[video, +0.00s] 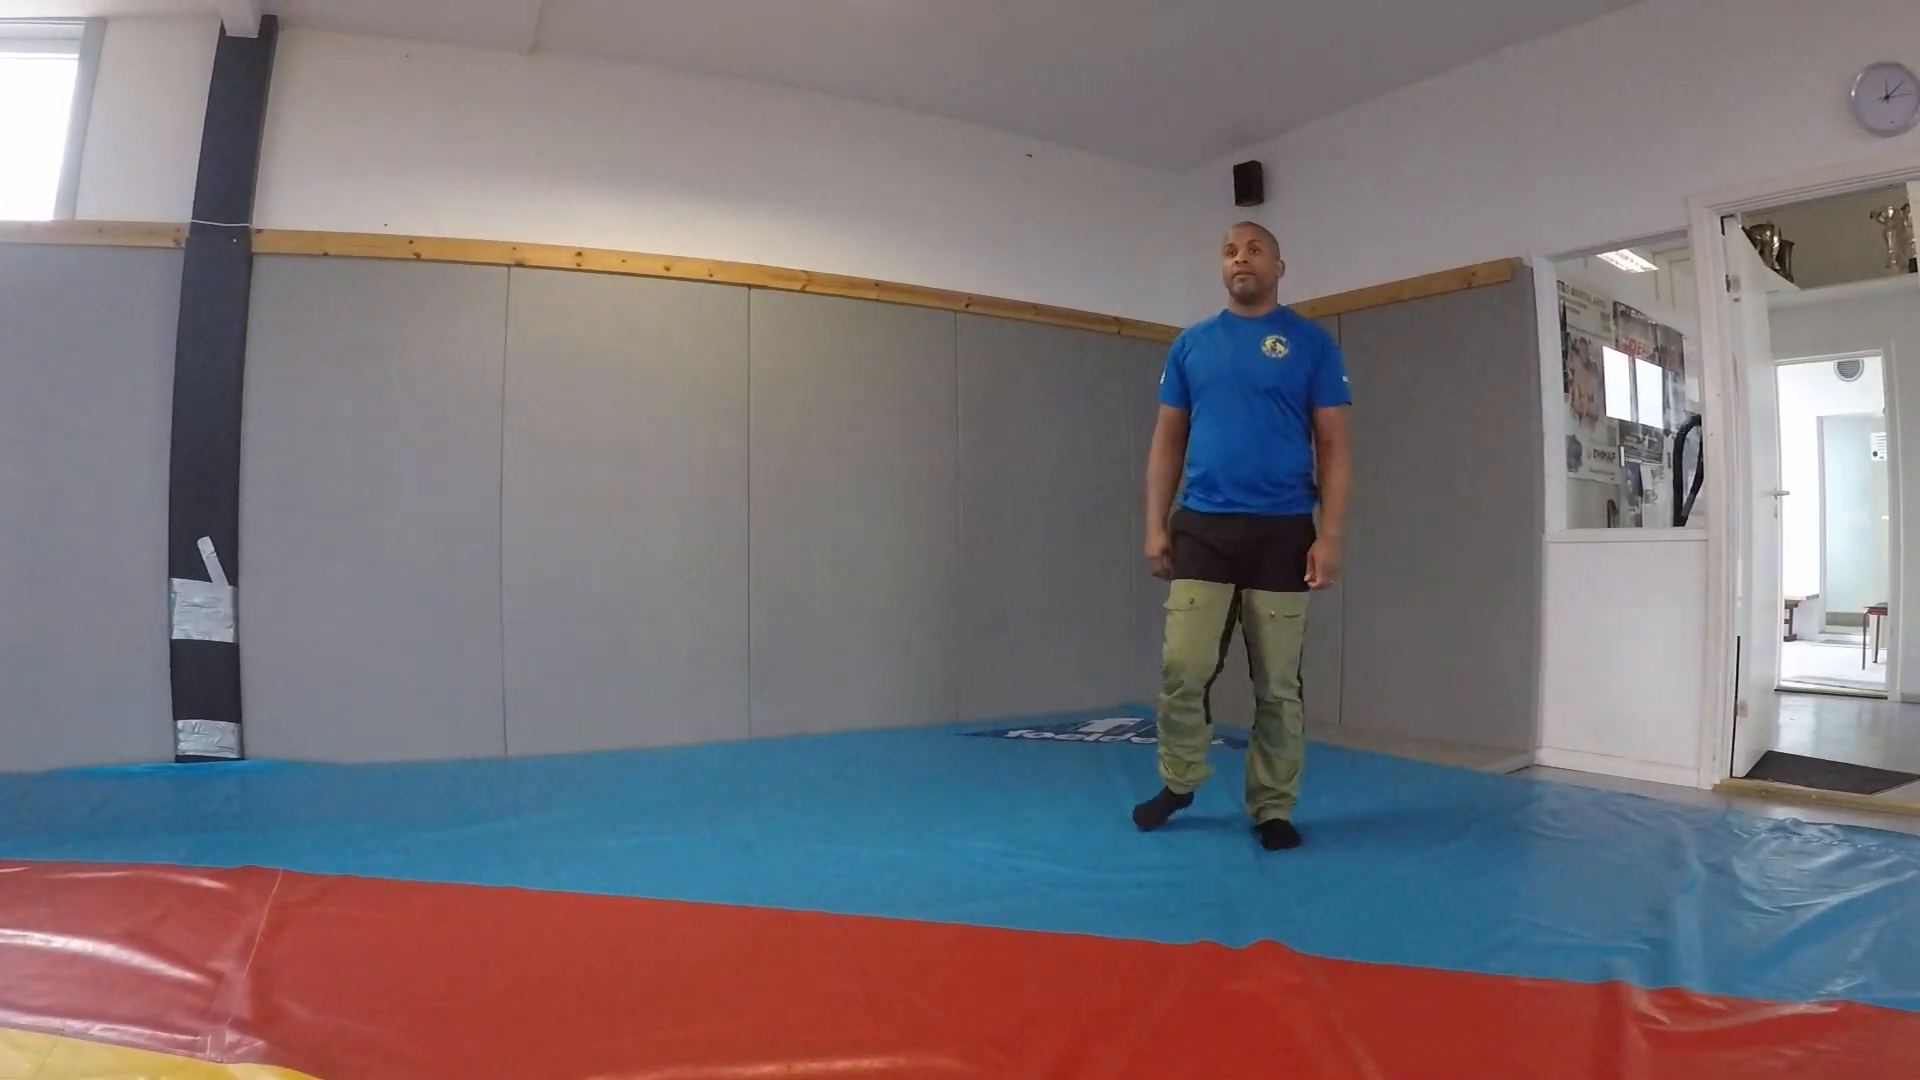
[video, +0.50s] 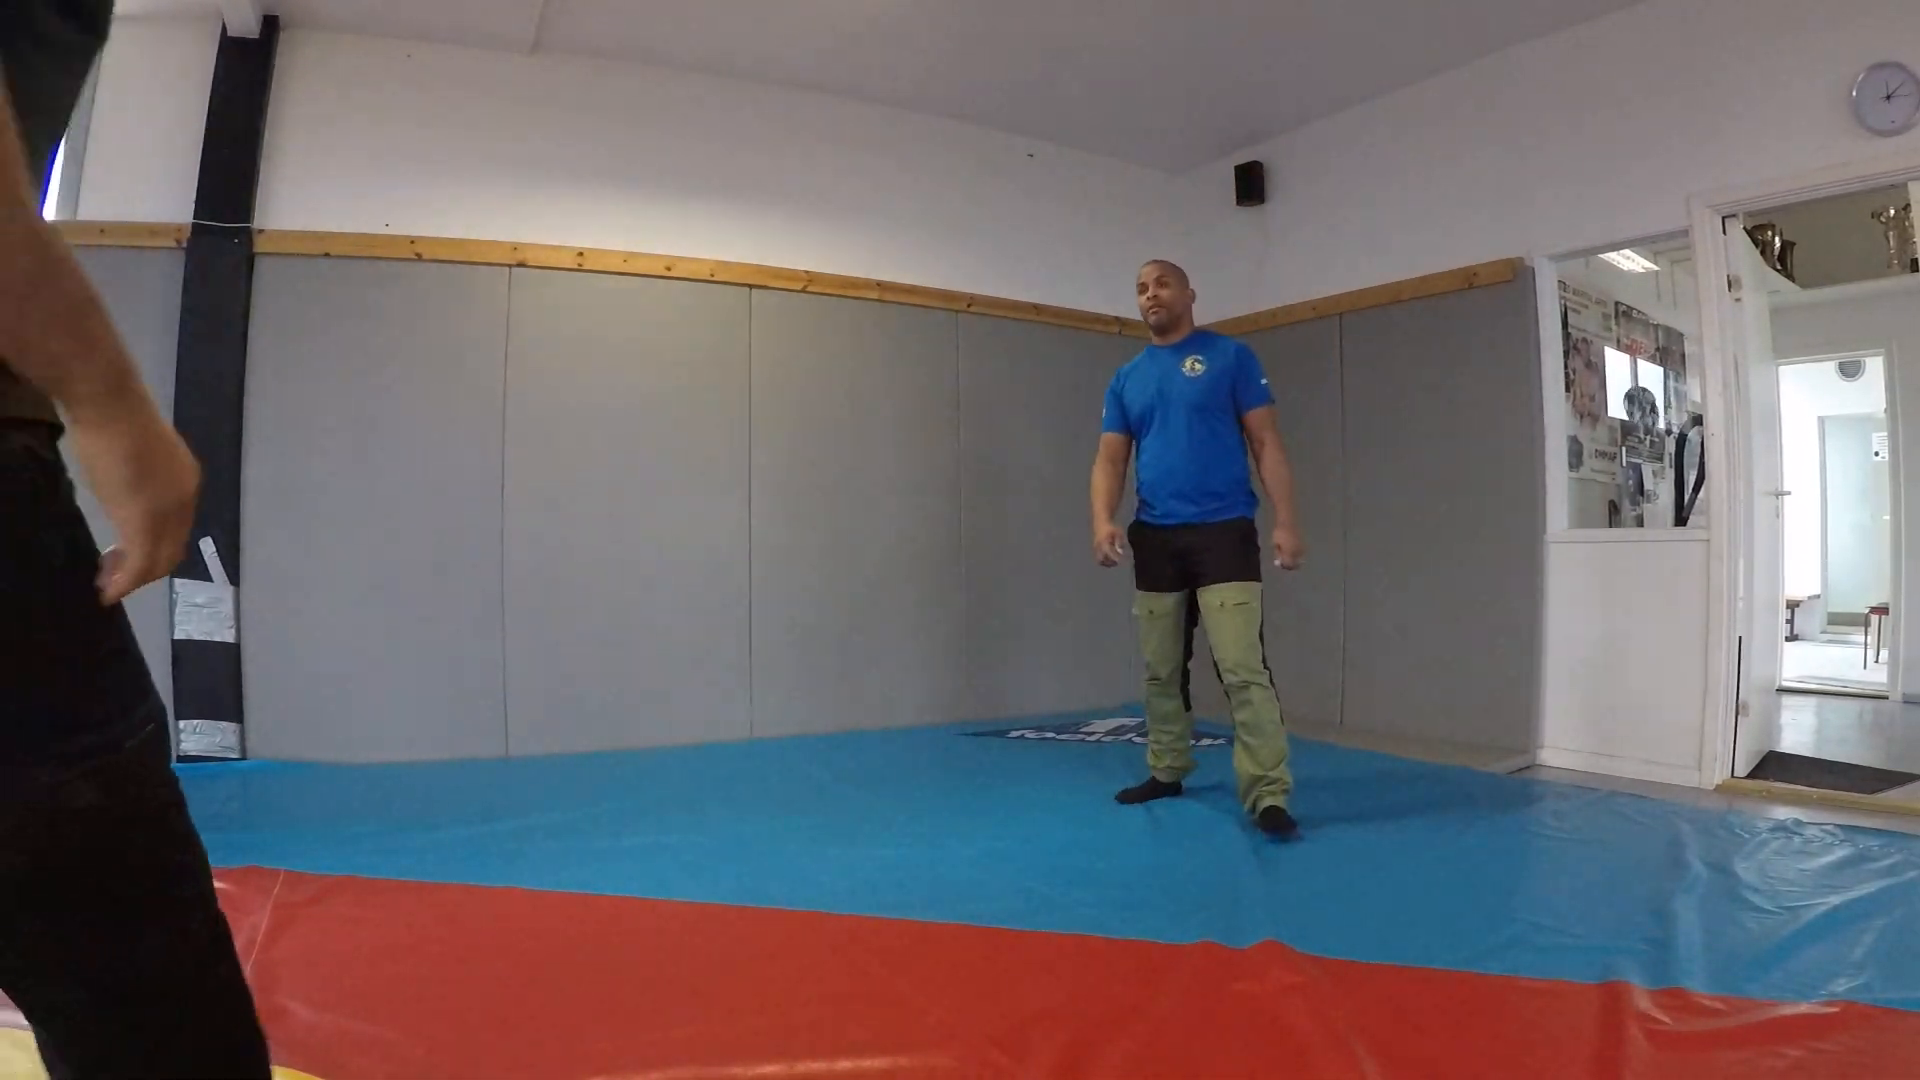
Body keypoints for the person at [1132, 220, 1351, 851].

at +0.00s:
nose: (1241, 259)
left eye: (1254, 250)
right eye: (1231, 251)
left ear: (1279, 267)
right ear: (1220, 268)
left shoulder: (1313, 344)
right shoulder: (1191, 344)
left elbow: (1333, 445)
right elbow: (1167, 439)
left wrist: (1330, 535)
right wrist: (1155, 524)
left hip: (1282, 531)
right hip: (1200, 528)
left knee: (1278, 684)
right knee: (1182, 666)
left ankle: (1273, 809)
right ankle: (1178, 784)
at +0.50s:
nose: (1150, 294)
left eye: (1161, 284)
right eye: (1143, 288)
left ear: (1189, 295)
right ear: (1138, 304)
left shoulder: (1231, 358)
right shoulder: (1126, 379)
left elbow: (1265, 442)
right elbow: (1110, 458)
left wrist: (1285, 523)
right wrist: (1102, 521)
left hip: (1225, 533)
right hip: (1155, 537)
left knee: (1241, 667)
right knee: (1160, 666)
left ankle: (1268, 795)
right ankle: (1166, 772)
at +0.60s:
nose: (1137, 299)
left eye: (1146, 287)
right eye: (1129, 293)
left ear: (1176, 294)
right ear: (1127, 307)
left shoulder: (1220, 356)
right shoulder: (1120, 380)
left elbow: (1250, 439)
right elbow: (1106, 462)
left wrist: (1243, 515)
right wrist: (1094, 528)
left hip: (1214, 531)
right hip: (1150, 536)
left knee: (1238, 663)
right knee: (1160, 666)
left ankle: (1265, 789)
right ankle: (1167, 773)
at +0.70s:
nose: (1131, 300)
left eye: (1141, 289)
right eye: (1124, 294)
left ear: (1170, 297)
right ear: (1121, 308)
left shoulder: (1211, 354)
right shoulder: (1117, 381)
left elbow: (1241, 438)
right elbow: (1104, 466)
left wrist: (1207, 499)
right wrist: (1088, 542)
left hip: (1211, 526)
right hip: (1148, 533)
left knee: (1230, 660)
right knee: (1158, 664)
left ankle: (1258, 784)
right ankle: (1167, 773)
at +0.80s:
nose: (1128, 304)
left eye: (1138, 292)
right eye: (1121, 298)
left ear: (1167, 299)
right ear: (1118, 312)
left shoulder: (1206, 354)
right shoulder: (1117, 385)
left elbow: (1240, 433)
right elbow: (1105, 470)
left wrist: (1189, 482)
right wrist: (1086, 545)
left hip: (1206, 528)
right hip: (1144, 534)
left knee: (1223, 665)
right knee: (1157, 666)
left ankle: (1252, 785)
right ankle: (1167, 773)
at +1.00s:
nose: (1126, 307)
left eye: (1136, 296)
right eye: (1120, 301)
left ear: (1167, 302)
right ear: (1120, 315)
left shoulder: (1198, 355)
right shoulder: (1121, 384)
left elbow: (1234, 430)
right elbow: (1114, 470)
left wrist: (1174, 477)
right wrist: (1095, 542)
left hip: (1196, 528)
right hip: (1138, 535)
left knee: (1214, 663)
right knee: (1154, 665)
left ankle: (1252, 786)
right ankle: (1168, 773)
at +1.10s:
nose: (1126, 308)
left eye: (1136, 297)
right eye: (1121, 302)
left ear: (1168, 303)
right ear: (1120, 315)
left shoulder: (1197, 355)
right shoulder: (1123, 384)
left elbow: (1229, 431)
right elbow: (1121, 469)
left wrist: (1166, 472)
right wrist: (1104, 541)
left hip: (1191, 529)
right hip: (1136, 535)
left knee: (1208, 661)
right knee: (1153, 665)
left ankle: (1251, 786)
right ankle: (1168, 772)